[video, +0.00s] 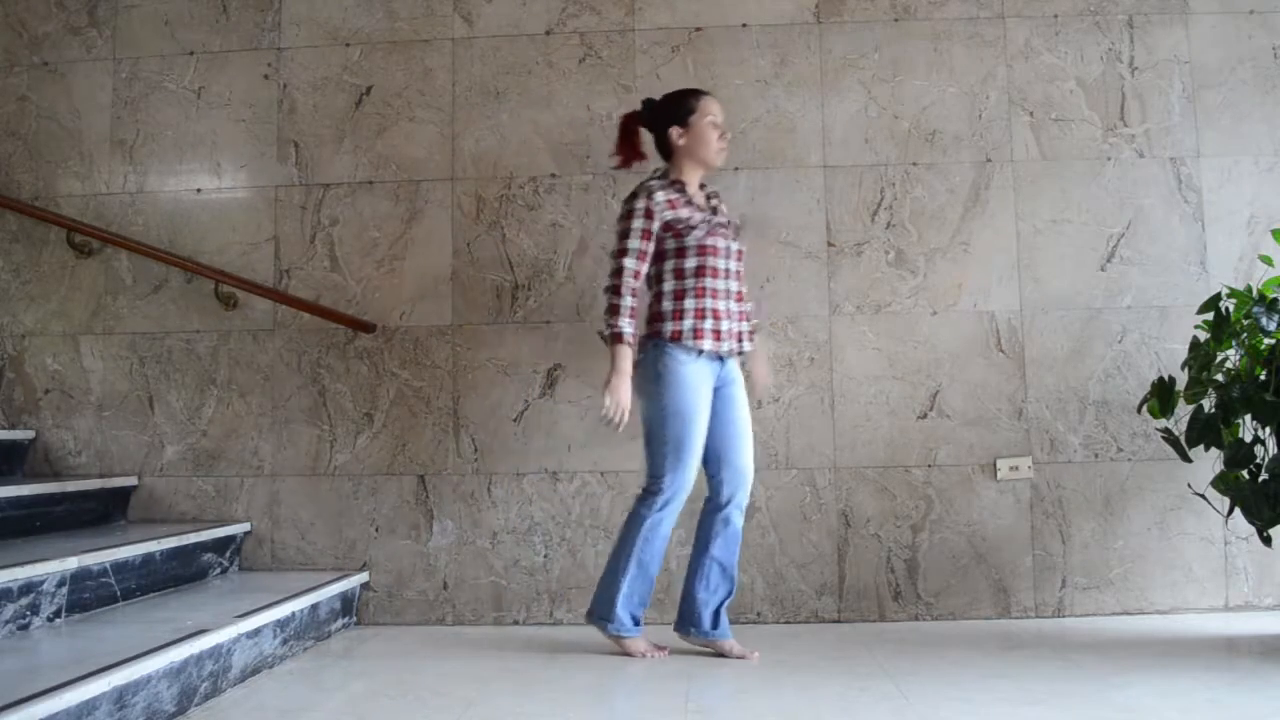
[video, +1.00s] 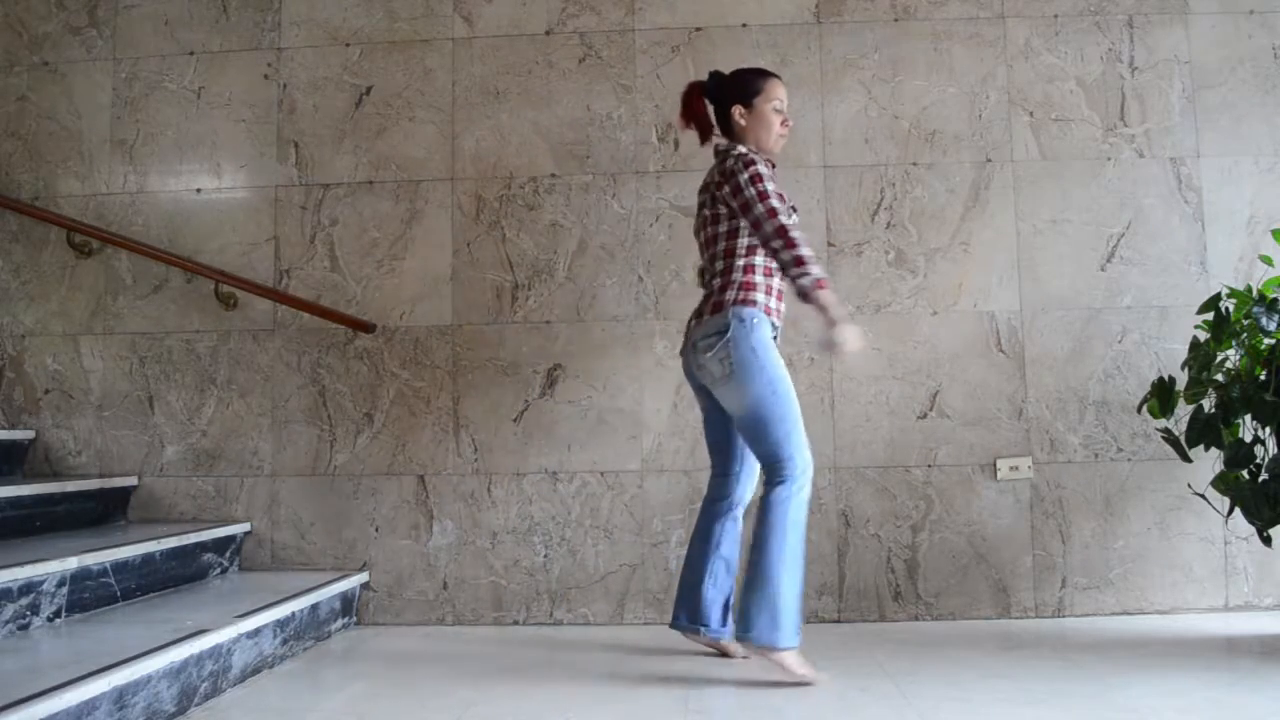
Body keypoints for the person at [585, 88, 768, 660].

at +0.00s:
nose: (725, 134)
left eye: (724, 125)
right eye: (713, 125)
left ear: (702, 138)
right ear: (677, 136)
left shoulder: (717, 209)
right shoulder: (651, 199)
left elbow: (732, 287)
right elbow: (628, 283)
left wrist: (750, 348)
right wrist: (620, 369)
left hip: (727, 362)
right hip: (678, 357)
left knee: (734, 486)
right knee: (668, 486)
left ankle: (705, 621)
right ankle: (617, 615)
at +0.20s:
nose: (750, 128)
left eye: (748, 119)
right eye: (740, 119)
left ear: (720, 131)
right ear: (705, 129)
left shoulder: (732, 193)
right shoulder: (685, 181)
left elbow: (729, 274)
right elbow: (643, 261)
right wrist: (647, 337)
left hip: (738, 354)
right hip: (696, 350)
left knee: (739, 483)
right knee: (745, 478)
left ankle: (707, 622)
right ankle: (667, 603)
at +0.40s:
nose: (765, 127)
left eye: (764, 119)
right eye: (755, 118)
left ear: (729, 127)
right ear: (720, 125)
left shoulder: (737, 185)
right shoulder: (709, 171)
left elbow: (713, 272)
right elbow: (661, 248)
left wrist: (683, 344)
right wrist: (664, 308)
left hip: (730, 341)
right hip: (716, 340)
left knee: (732, 482)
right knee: (777, 467)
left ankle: (704, 618)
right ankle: (777, 622)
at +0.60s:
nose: (770, 133)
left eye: (770, 125)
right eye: (760, 122)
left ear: (731, 128)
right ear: (724, 126)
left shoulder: (738, 181)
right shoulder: (723, 171)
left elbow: (714, 275)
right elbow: (697, 245)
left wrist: (685, 356)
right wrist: (677, 331)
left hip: (726, 342)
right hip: (740, 341)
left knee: (735, 483)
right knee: (776, 480)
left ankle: (704, 615)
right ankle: (774, 625)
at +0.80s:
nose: (781, 133)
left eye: (781, 124)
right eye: (771, 122)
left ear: (739, 132)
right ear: (734, 128)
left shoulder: (728, 187)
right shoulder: (737, 179)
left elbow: (706, 276)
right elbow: (729, 254)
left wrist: (686, 355)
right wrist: (727, 332)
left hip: (709, 348)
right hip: (735, 346)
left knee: (735, 487)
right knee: (805, 469)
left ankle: (701, 621)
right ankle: (798, 624)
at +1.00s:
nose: (787, 122)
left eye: (787, 113)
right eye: (777, 112)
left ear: (738, 121)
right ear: (740, 115)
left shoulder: (720, 176)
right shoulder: (745, 167)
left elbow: (721, 263)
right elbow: (780, 233)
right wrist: (831, 309)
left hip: (708, 336)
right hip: (740, 331)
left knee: (732, 481)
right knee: (791, 471)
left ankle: (702, 620)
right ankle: (772, 636)